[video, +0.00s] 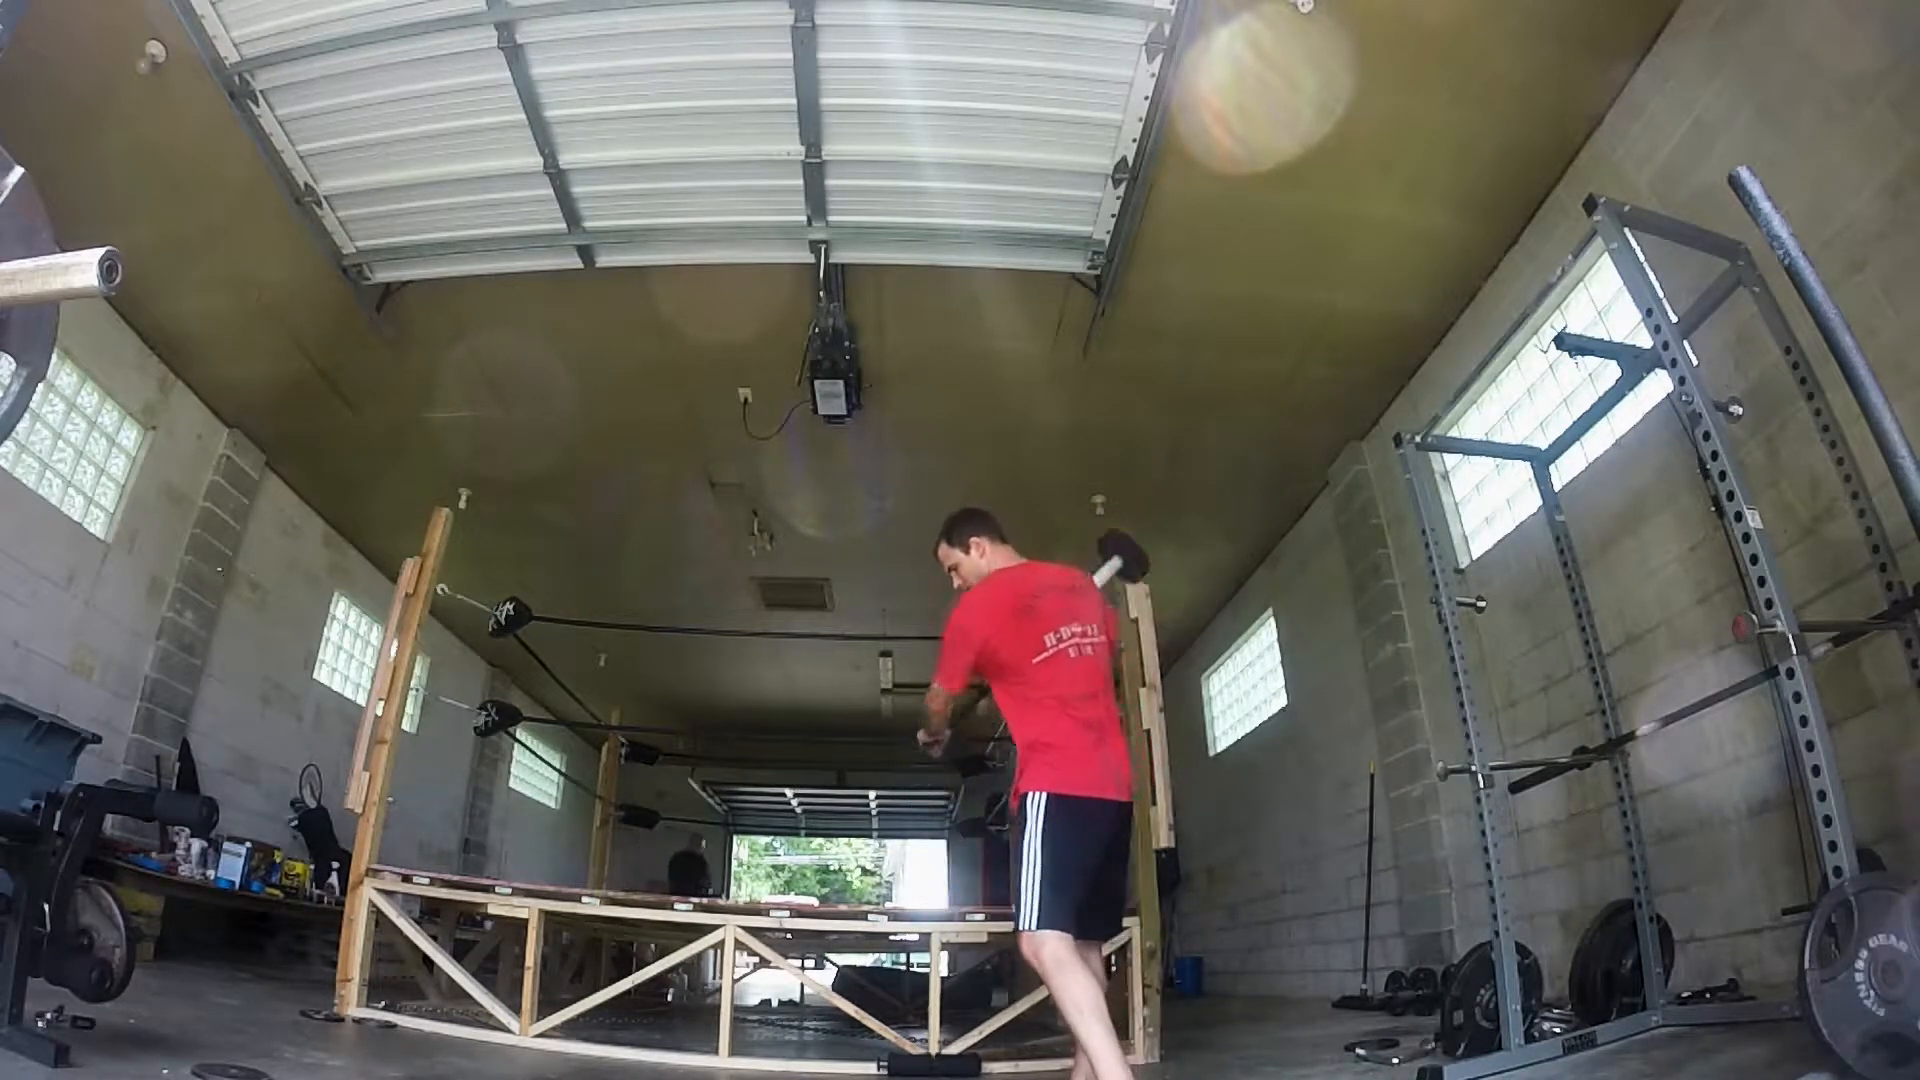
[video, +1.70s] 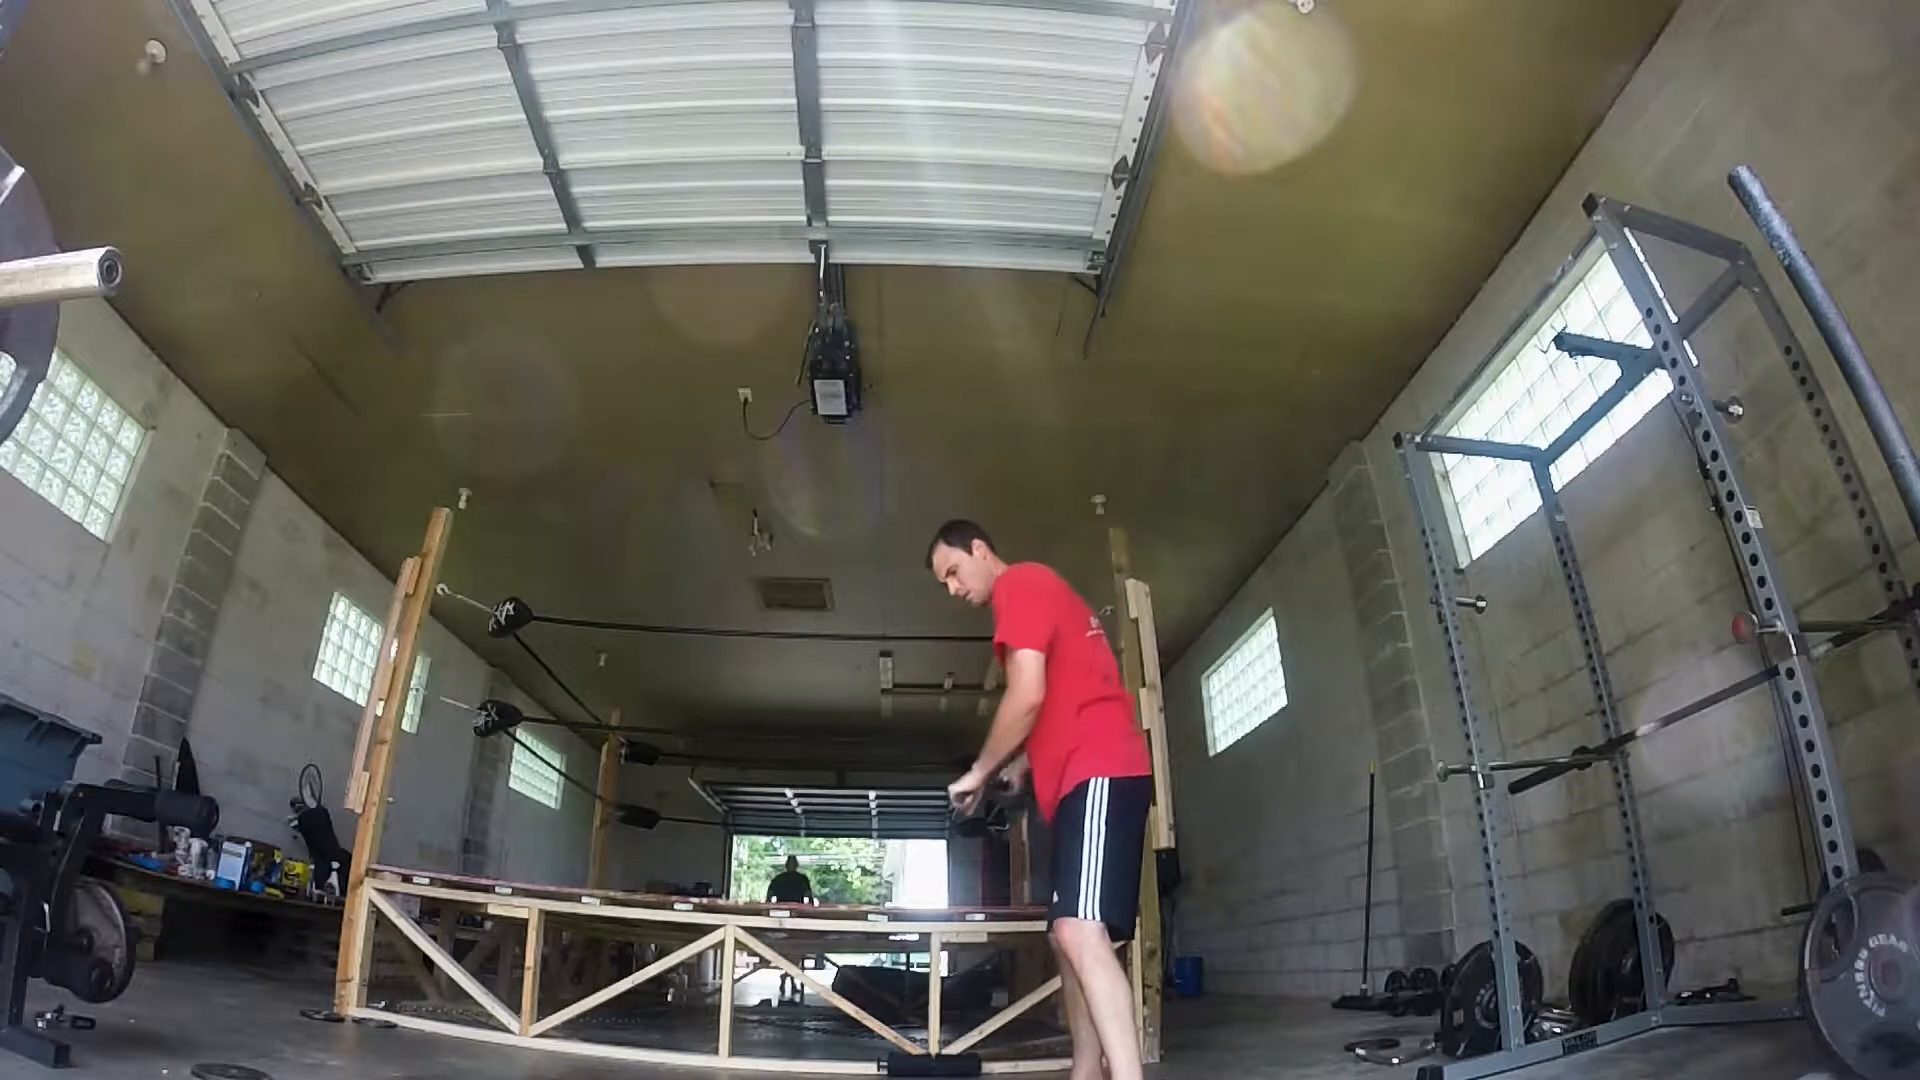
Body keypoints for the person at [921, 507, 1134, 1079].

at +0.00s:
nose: (956, 584)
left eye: (953, 569)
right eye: (950, 574)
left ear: (977, 546)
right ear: (998, 542)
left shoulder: (978, 604)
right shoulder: (1082, 583)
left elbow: (941, 701)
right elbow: (1111, 661)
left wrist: (934, 732)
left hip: (1056, 784)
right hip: (1112, 785)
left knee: (1044, 940)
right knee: (1086, 942)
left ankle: (1116, 1074)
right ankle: (1086, 1071)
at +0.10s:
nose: (955, 583)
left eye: (951, 569)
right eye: (948, 572)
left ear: (975, 547)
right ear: (997, 542)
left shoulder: (968, 606)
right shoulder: (1078, 575)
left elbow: (944, 692)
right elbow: (1112, 627)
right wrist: (1102, 567)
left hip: (1047, 783)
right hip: (1106, 784)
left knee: (1045, 941)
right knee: (1086, 943)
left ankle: (1117, 1074)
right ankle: (1085, 1073)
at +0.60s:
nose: (958, 578)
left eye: (955, 567)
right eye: (955, 570)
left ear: (969, 552)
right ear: (1003, 542)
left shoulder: (963, 609)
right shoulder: (1072, 571)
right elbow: (1129, 530)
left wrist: (1029, 580)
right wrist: (1106, 460)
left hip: (1037, 781)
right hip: (1098, 775)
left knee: (1044, 935)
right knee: (1079, 936)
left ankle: (1117, 1074)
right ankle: (1082, 1071)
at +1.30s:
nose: (945, 588)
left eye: (943, 576)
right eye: (939, 580)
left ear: (967, 552)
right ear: (982, 549)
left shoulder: (963, 604)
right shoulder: (1061, 585)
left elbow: (930, 691)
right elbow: (1092, 606)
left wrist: (951, 623)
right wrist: (1093, 550)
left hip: (1051, 772)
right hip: (1096, 771)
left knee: (1057, 927)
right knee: (1072, 932)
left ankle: (1119, 1073)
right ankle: (1085, 1072)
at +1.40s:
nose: (945, 587)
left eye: (943, 573)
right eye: (938, 580)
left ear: (970, 548)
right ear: (982, 550)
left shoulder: (968, 600)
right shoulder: (1059, 584)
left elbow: (935, 704)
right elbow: (1090, 642)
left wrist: (961, 702)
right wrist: (1084, 596)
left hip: (1057, 769)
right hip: (1098, 768)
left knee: (1061, 927)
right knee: (1074, 932)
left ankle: (1122, 1074)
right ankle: (1085, 1073)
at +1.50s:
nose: (947, 588)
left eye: (945, 573)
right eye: (940, 581)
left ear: (972, 547)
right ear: (980, 551)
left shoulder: (981, 595)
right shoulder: (1052, 585)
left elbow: (954, 710)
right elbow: (1078, 675)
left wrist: (944, 740)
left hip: (1068, 768)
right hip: (1101, 765)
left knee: (1068, 931)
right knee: (1074, 934)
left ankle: (1124, 1074)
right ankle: (1086, 1073)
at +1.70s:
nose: (952, 588)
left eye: (951, 572)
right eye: (944, 581)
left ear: (980, 549)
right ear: (969, 564)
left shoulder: (1022, 583)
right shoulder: (1029, 591)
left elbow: (1027, 694)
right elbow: (1066, 701)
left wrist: (980, 770)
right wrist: (1022, 762)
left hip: (1103, 768)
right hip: (1087, 772)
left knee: (1081, 930)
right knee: (1068, 933)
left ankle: (1128, 1075)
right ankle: (1087, 1071)